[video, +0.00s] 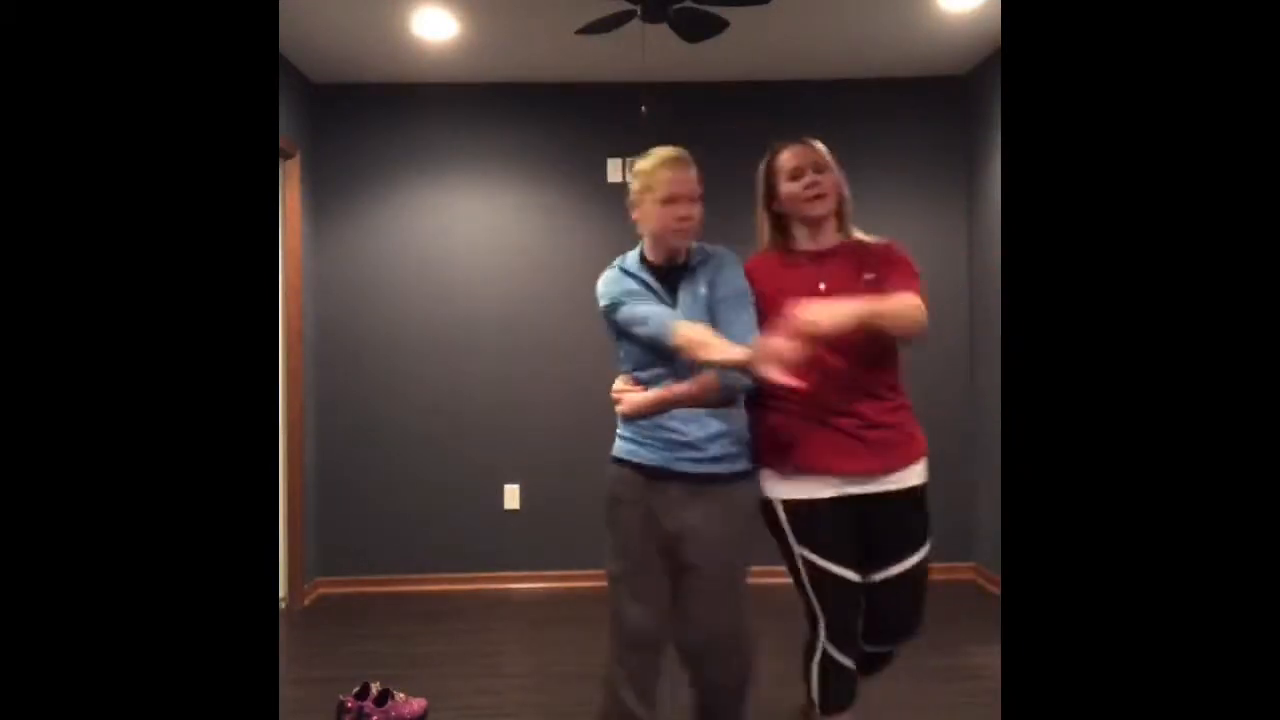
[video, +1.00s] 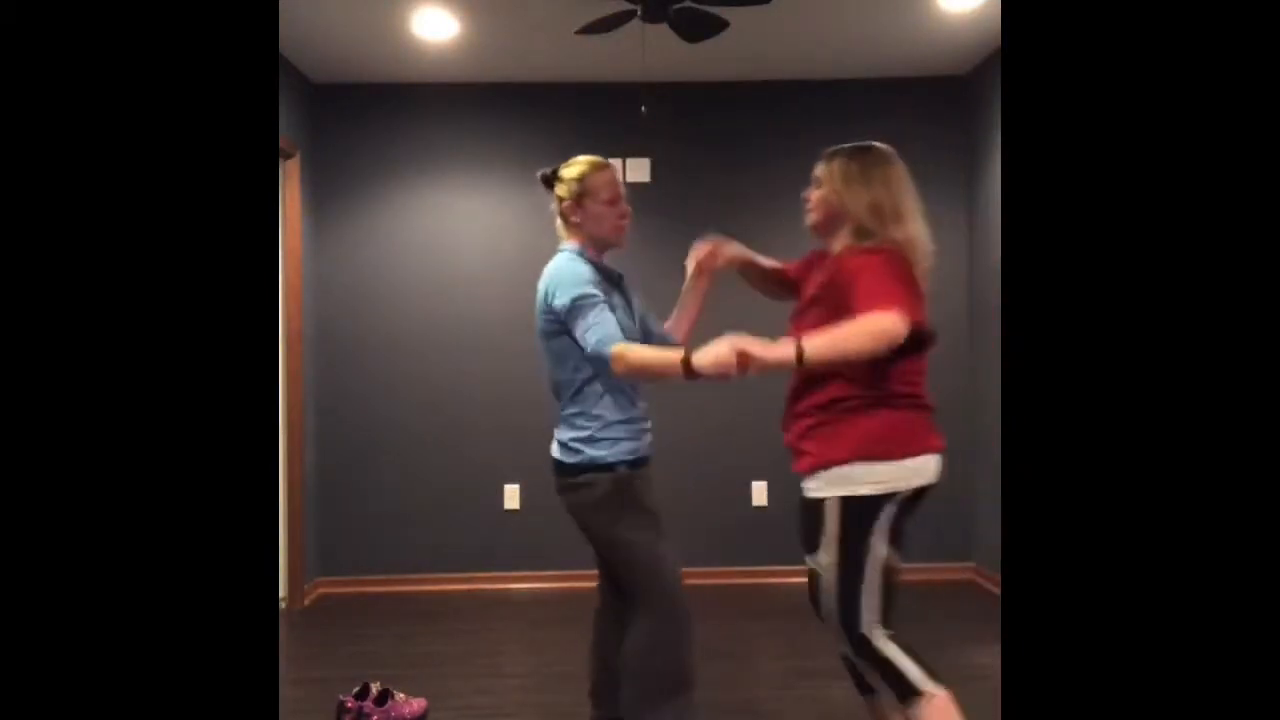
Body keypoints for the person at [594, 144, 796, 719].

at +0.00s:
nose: (686, 213)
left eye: (694, 200)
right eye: (671, 201)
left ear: (704, 205)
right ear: (636, 212)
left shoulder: (723, 270)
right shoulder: (616, 283)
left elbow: (738, 375)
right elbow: (674, 333)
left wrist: (657, 398)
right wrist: (750, 354)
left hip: (719, 480)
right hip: (639, 477)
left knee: (715, 635)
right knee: (637, 632)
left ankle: (722, 713)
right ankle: (631, 714)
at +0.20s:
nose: (644, 234)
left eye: (656, 221)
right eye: (638, 222)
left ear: (685, 222)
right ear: (629, 226)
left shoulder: (707, 282)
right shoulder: (632, 278)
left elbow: (693, 379)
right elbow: (576, 284)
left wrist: (634, 399)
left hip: (702, 480)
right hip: (633, 476)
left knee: (699, 634)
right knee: (610, 617)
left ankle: (704, 715)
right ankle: (621, 714)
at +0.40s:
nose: (587, 248)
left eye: (594, 236)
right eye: (587, 236)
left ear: (628, 235)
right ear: (637, 234)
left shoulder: (632, 302)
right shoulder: (674, 292)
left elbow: (597, 398)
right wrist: (646, 175)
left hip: (647, 485)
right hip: (657, 478)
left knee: (639, 616)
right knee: (613, 604)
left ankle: (684, 710)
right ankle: (675, 704)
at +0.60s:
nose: (632, 238)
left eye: (629, 227)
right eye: (626, 228)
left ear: (571, 237)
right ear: (603, 234)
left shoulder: (544, 308)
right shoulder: (636, 287)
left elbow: (569, 388)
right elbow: (737, 276)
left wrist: (651, 359)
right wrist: (757, 209)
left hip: (597, 486)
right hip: (668, 478)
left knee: (605, 606)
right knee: (678, 599)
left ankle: (654, 699)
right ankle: (684, 698)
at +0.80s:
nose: (624, 226)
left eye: (621, 214)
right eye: (613, 215)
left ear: (571, 223)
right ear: (580, 222)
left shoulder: (561, 279)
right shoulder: (588, 278)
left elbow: (608, 382)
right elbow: (685, 323)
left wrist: (670, 356)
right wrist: (754, 284)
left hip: (586, 469)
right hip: (617, 472)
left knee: (621, 607)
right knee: (663, 609)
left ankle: (614, 708)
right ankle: (676, 707)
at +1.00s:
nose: (624, 210)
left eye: (623, 199)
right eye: (610, 202)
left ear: (614, 206)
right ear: (573, 211)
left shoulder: (602, 276)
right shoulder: (569, 275)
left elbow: (665, 345)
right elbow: (618, 356)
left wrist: (699, 280)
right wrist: (694, 361)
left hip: (620, 465)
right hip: (596, 470)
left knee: (624, 601)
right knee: (661, 601)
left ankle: (612, 707)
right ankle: (656, 709)